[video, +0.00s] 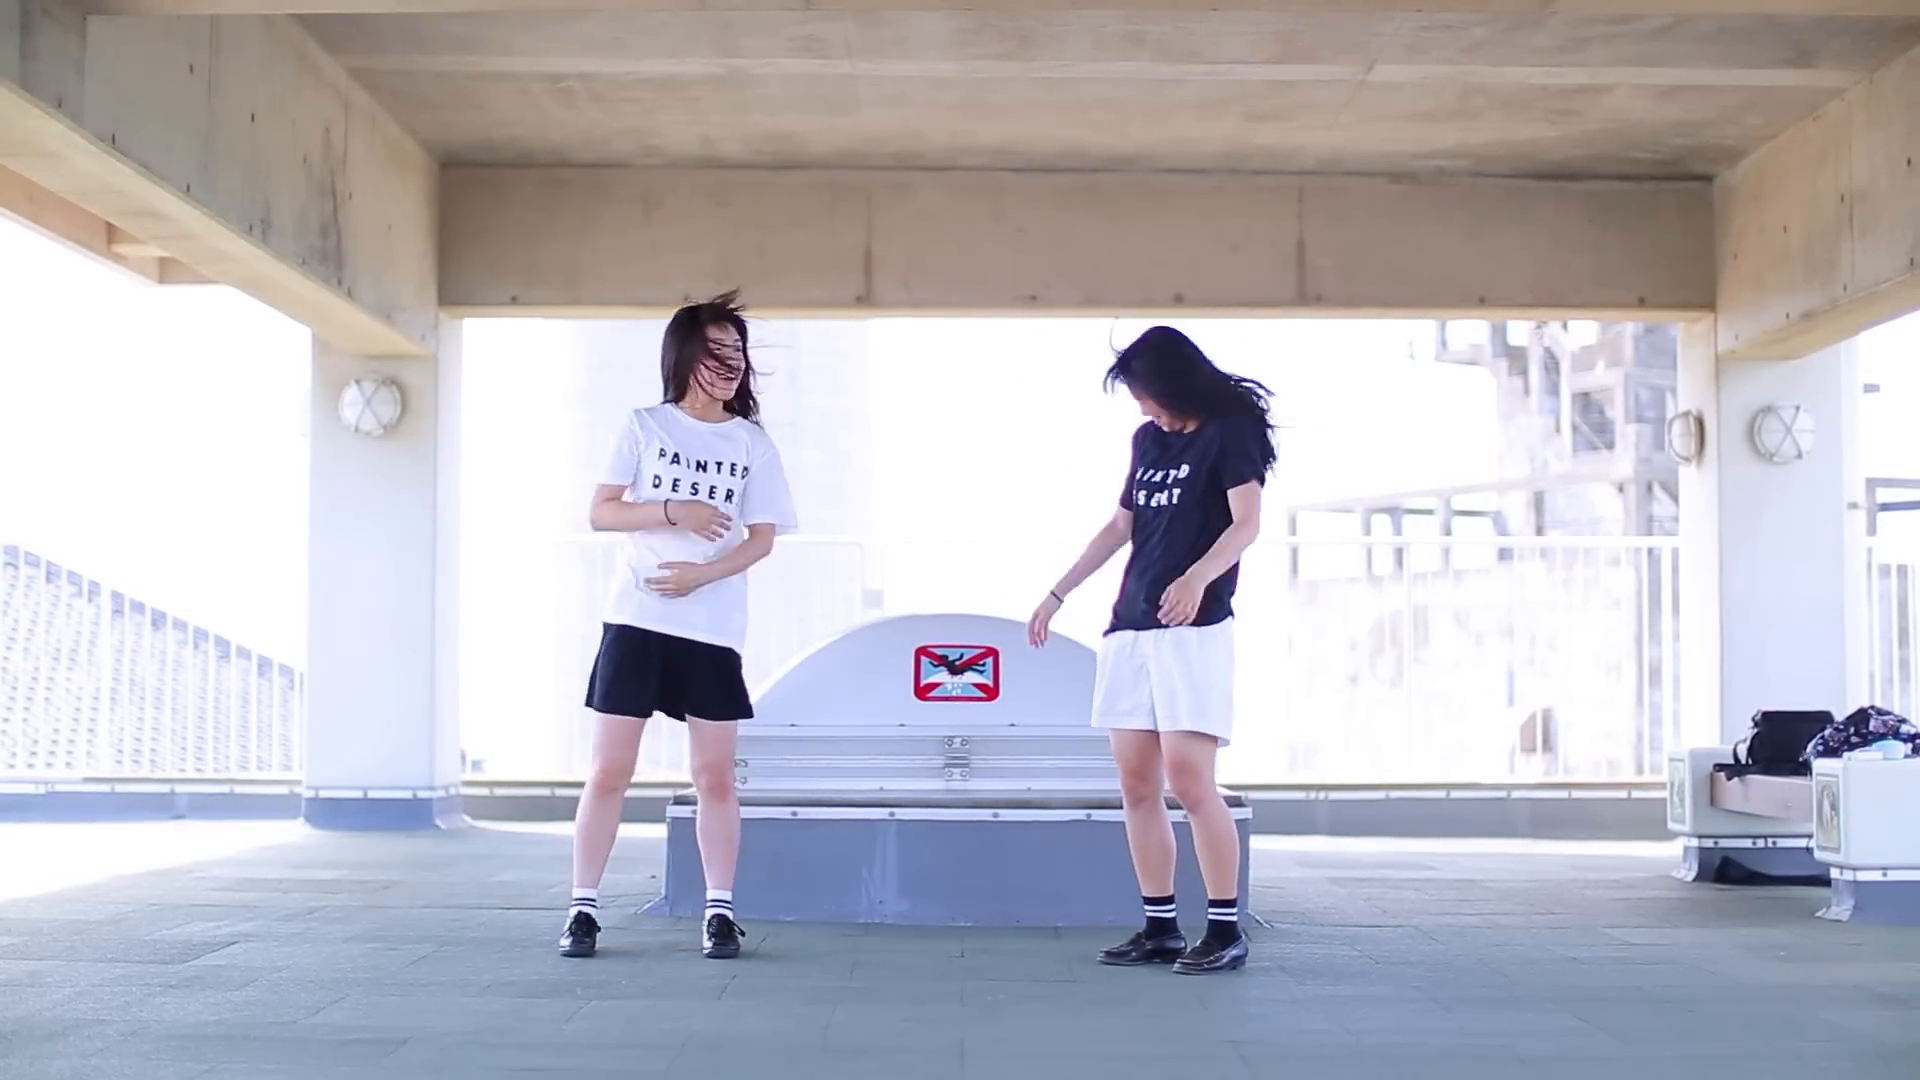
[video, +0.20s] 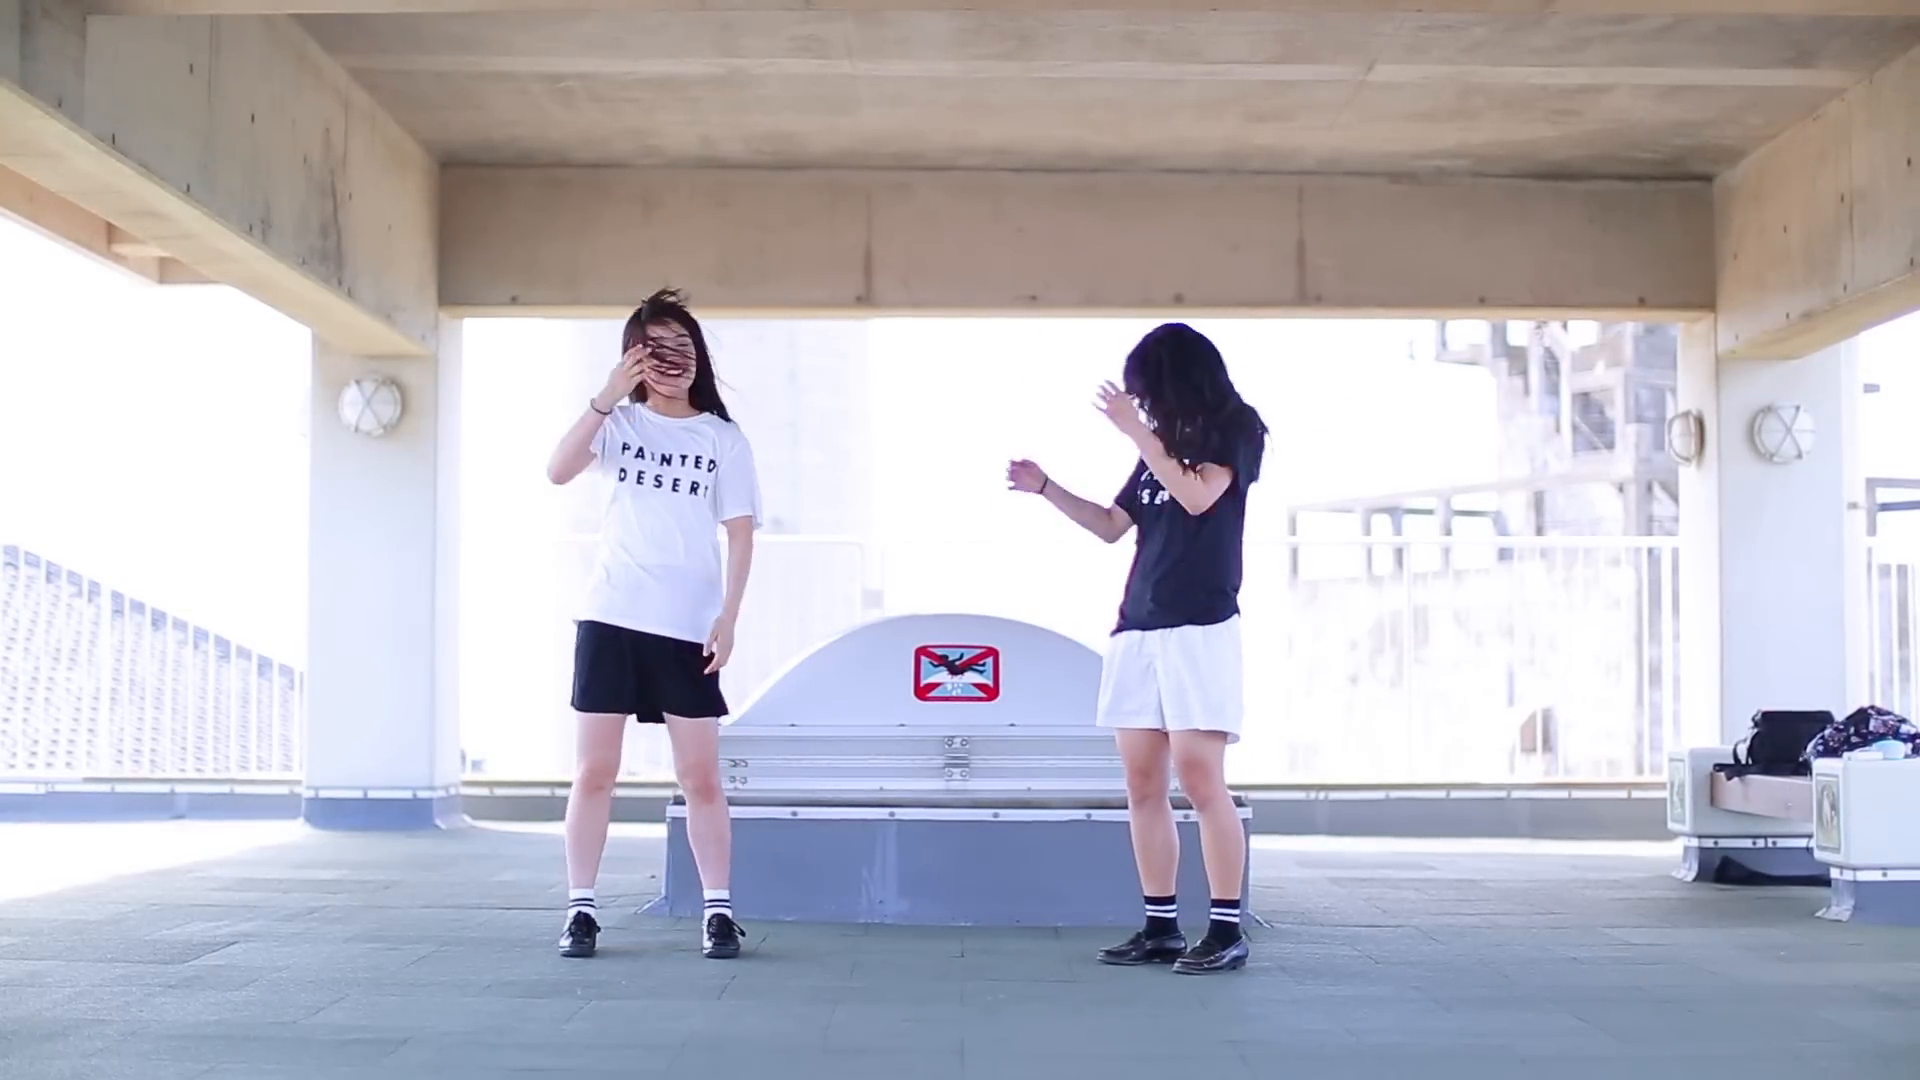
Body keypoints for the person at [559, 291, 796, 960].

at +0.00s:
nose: (726, 363)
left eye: (735, 353)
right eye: (712, 351)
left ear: (746, 361)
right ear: (682, 355)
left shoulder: (753, 441)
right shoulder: (646, 424)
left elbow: (763, 538)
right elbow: (601, 512)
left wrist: (704, 573)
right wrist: (676, 510)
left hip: (712, 630)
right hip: (636, 621)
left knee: (716, 778)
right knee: (609, 774)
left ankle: (719, 911)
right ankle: (583, 908)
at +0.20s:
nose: (671, 358)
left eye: (682, 347)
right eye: (656, 348)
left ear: (700, 356)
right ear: (632, 358)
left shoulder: (724, 438)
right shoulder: (616, 422)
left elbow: (742, 533)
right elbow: (561, 471)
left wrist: (728, 617)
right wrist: (610, 395)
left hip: (688, 630)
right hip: (609, 621)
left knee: (701, 780)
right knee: (594, 774)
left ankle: (718, 910)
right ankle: (581, 909)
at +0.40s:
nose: (594, 366)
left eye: (607, 354)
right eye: (591, 356)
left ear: (649, 360)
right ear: (595, 361)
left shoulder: (694, 442)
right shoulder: (587, 423)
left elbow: (725, 533)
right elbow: (517, 431)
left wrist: (726, 619)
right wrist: (561, 361)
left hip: (655, 630)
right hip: (578, 623)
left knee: (685, 785)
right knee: (576, 775)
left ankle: (713, 910)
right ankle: (578, 911)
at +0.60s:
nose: (598, 361)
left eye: (615, 350)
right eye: (592, 350)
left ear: (644, 364)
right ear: (583, 360)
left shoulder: (667, 434)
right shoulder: (563, 425)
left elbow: (707, 516)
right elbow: (486, 440)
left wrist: (681, 564)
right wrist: (538, 381)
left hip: (640, 622)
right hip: (565, 619)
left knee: (657, 780)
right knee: (570, 774)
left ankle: (672, 905)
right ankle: (579, 909)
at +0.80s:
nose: (579, 355)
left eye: (594, 346)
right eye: (580, 344)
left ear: (632, 363)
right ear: (585, 357)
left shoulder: (667, 430)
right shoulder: (563, 425)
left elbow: (702, 497)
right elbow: (494, 467)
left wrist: (635, 453)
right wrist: (521, 393)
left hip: (637, 621)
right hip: (564, 618)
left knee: (637, 780)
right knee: (571, 774)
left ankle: (648, 907)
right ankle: (577, 910)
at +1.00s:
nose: (593, 363)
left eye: (607, 351)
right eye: (584, 351)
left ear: (644, 359)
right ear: (577, 361)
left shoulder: (667, 420)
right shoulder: (564, 423)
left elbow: (667, 459)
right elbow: (495, 451)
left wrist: (625, 381)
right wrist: (546, 383)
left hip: (641, 620)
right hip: (566, 617)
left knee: (638, 776)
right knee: (572, 774)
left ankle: (647, 908)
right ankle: (577, 910)